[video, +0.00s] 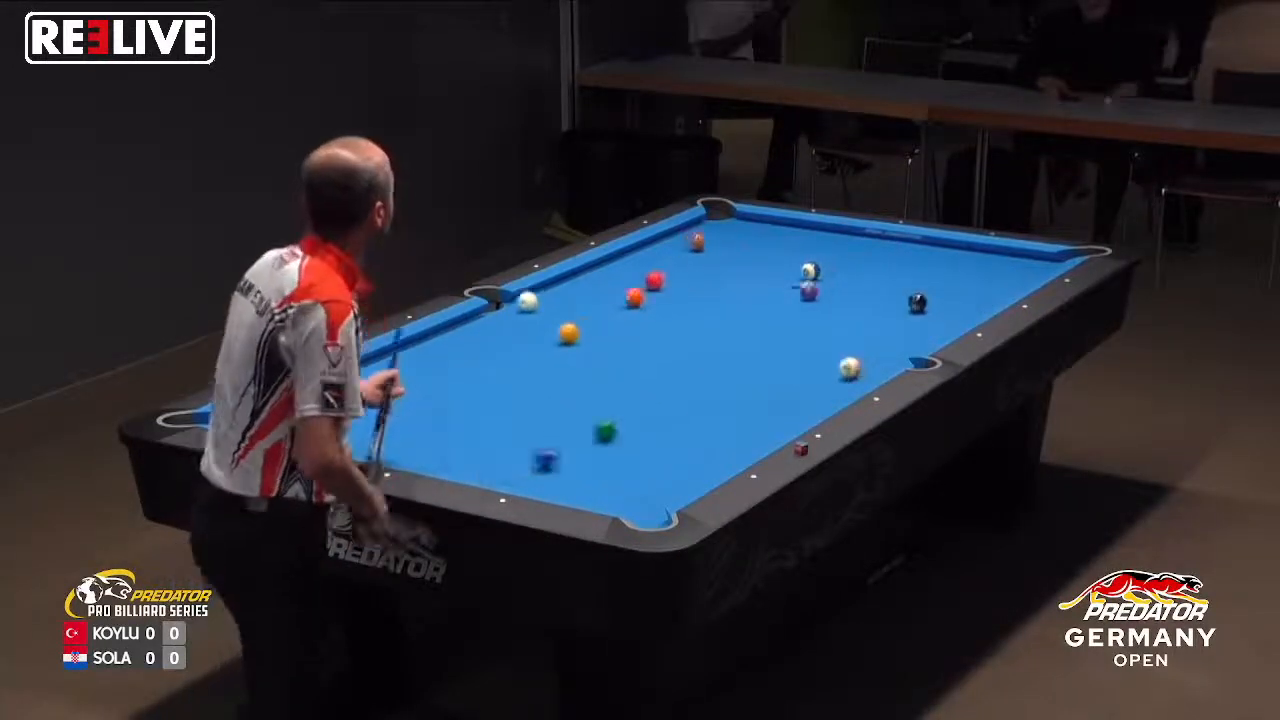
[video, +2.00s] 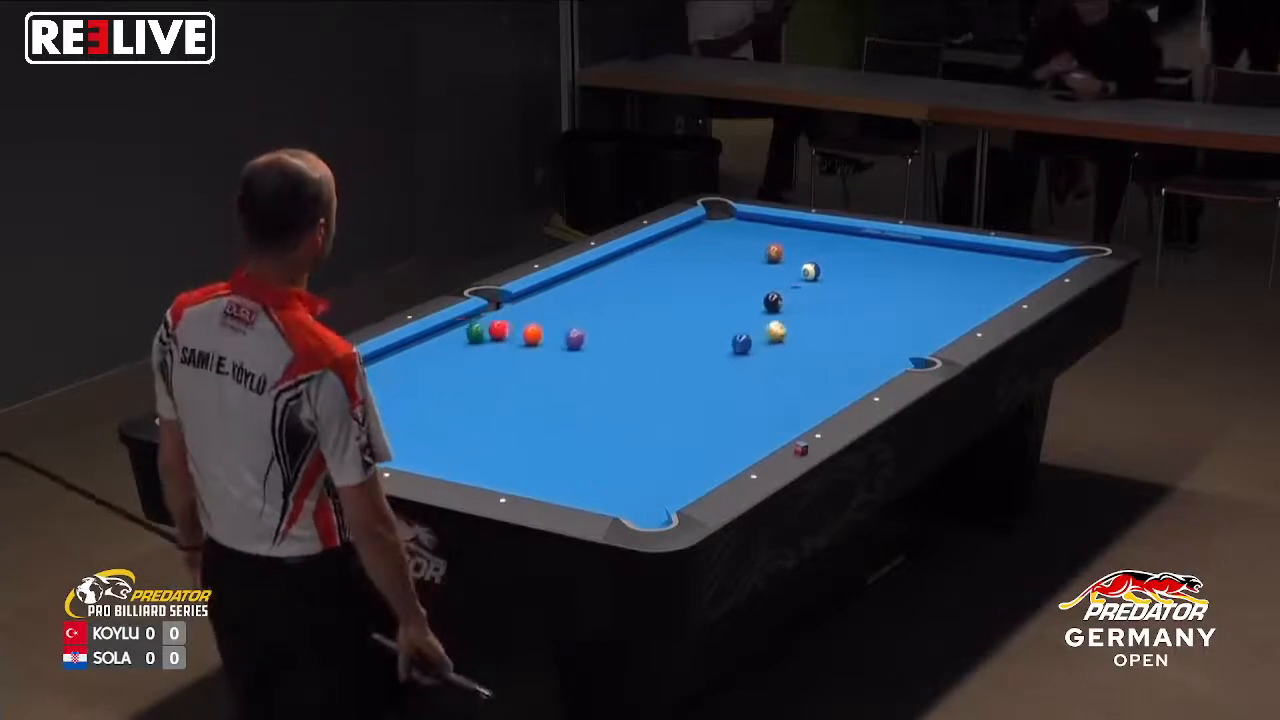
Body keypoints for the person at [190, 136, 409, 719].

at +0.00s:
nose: (393, 205)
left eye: (392, 192)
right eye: (392, 195)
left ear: (312, 199)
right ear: (378, 212)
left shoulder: (270, 266)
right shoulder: (327, 303)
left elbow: (272, 383)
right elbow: (320, 455)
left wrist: (355, 391)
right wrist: (371, 506)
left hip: (224, 504)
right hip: (270, 523)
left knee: (273, 669)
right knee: (292, 677)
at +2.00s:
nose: (334, 228)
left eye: (332, 213)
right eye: (334, 216)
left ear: (242, 218)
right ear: (320, 233)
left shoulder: (180, 320)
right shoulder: (324, 359)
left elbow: (172, 458)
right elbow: (368, 520)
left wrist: (190, 540)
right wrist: (412, 620)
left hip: (229, 577)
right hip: (314, 587)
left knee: (256, 705)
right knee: (338, 706)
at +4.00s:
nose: (145, 176)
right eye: (145, 165)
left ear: (61, 165)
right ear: (139, 172)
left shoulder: (17, 266)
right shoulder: (184, 271)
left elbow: (10, 388)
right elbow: (210, 411)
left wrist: (39, 409)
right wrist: (203, 491)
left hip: (60, 506)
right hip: (159, 498)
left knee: (94, 673)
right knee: (160, 669)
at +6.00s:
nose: (262, 108)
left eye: (263, 95)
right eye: (260, 95)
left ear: (205, 83)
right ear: (236, 92)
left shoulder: (122, 139)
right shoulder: (242, 175)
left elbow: (79, 251)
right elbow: (289, 284)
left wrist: (102, 308)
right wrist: (333, 276)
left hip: (118, 339)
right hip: (200, 346)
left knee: (90, 496)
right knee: (241, 493)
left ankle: (43, 662)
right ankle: (281, 639)